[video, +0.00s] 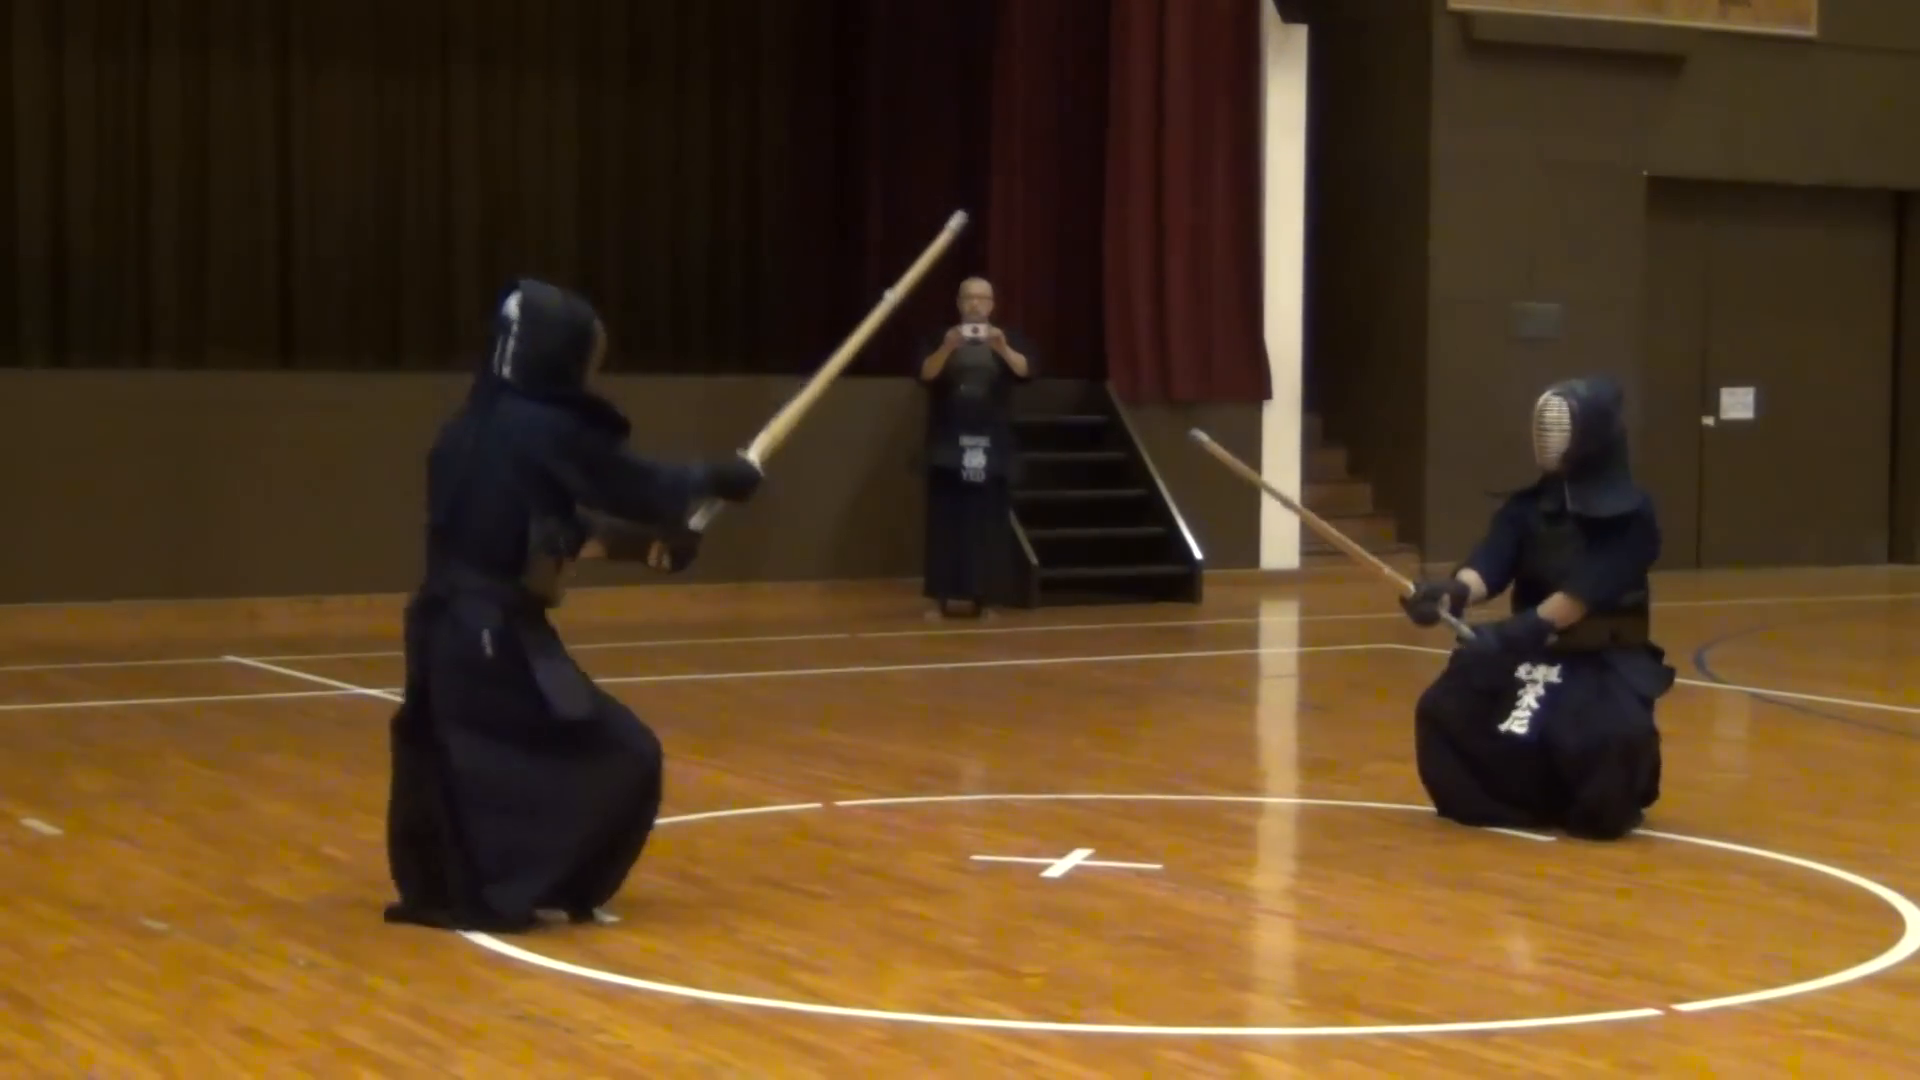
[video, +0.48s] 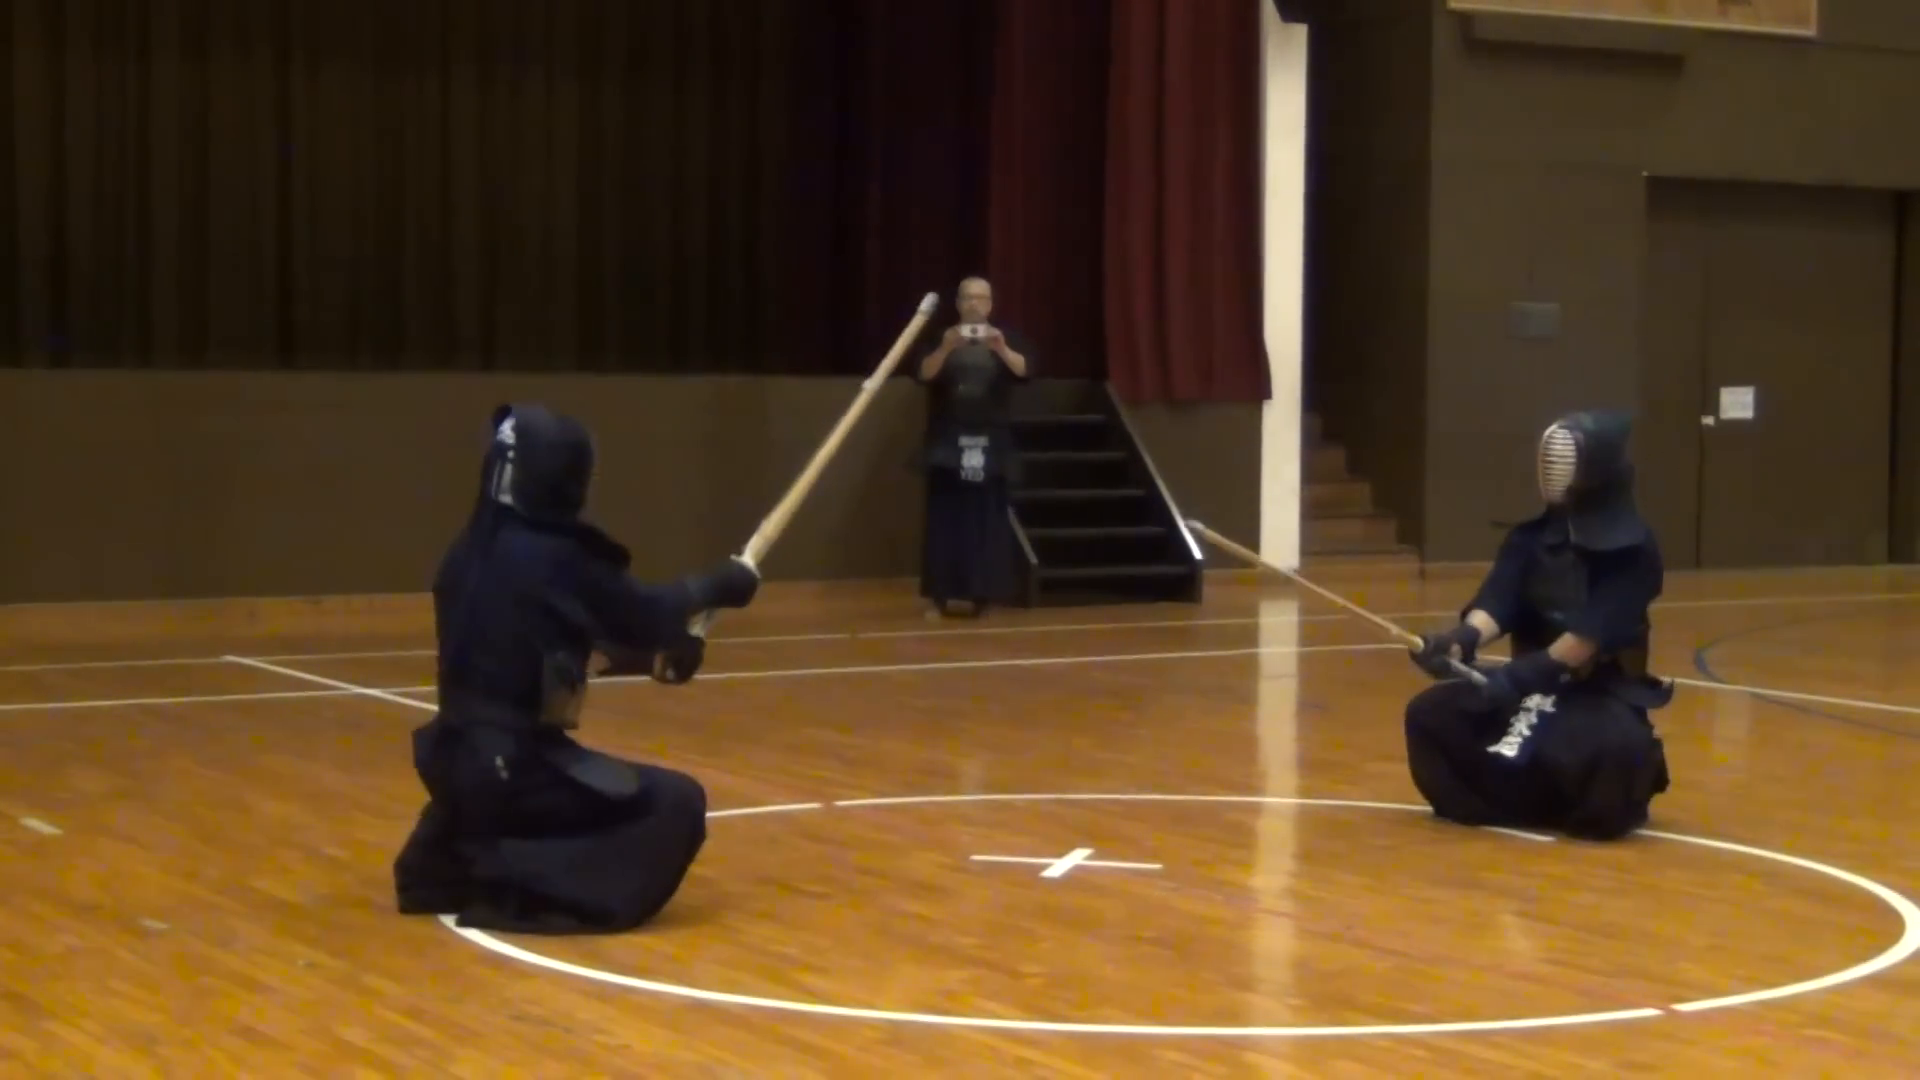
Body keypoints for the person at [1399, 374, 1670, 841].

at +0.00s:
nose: (1544, 436)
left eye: (1557, 425)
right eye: (1542, 425)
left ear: (1593, 433)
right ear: (1536, 429)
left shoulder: (1627, 513)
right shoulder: (1527, 506)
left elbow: (1587, 592)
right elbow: (1493, 561)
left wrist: (1512, 634)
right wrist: (1454, 591)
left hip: (1606, 659)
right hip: (1528, 651)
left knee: (1604, 733)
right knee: (1445, 709)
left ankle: (1605, 810)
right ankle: (1499, 804)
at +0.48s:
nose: (1549, 472)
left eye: (1563, 461)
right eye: (1547, 459)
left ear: (1597, 468)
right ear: (1541, 462)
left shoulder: (1629, 548)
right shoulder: (1530, 537)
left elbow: (1587, 642)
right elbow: (1497, 602)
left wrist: (1510, 680)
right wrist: (1463, 637)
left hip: (1599, 697)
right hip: (1525, 682)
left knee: (1618, 750)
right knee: (1430, 715)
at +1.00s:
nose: (1559, 472)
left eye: (1572, 460)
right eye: (1556, 460)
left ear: (1607, 467)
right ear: (1549, 463)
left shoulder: (1643, 549)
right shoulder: (1539, 537)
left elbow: (1603, 642)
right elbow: (1509, 604)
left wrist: (1528, 686)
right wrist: (1475, 643)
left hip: (1608, 699)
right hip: (1532, 687)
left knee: (1626, 752)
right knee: (1441, 717)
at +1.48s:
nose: (1557, 474)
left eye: (1571, 463)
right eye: (1554, 463)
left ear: (1605, 469)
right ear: (1549, 466)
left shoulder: (1641, 550)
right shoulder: (1538, 541)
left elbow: (1600, 648)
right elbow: (1507, 611)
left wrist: (1528, 687)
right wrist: (1468, 652)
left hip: (1609, 701)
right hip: (1533, 687)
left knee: (1627, 755)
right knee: (1442, 717)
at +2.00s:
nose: (1560, 471)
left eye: (1574, 460)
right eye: (1556, 460)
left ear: (1607, 468)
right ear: (1549, 463)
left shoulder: (1642, 550)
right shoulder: (1538, 540)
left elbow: (1603, 645)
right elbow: (1508, 609)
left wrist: (1531, 688)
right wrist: (1472, 651)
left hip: (1611, 701)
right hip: (1536, 686)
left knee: (1626, 755)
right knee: (1443, 715)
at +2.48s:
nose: (1555, 418)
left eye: (1568, 407)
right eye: (1552, 406)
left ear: (1601, 413)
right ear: (1546, 410)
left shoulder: (1638, 493)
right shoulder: (1535, 487)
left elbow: (1604, 587)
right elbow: (1507, 552)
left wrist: (1524, 633)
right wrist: (1468, 599)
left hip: (1616, 645)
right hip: (1541, 638)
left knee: (1612, 722)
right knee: (1456, 703)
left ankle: (1613, 810)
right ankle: (1494, 800)